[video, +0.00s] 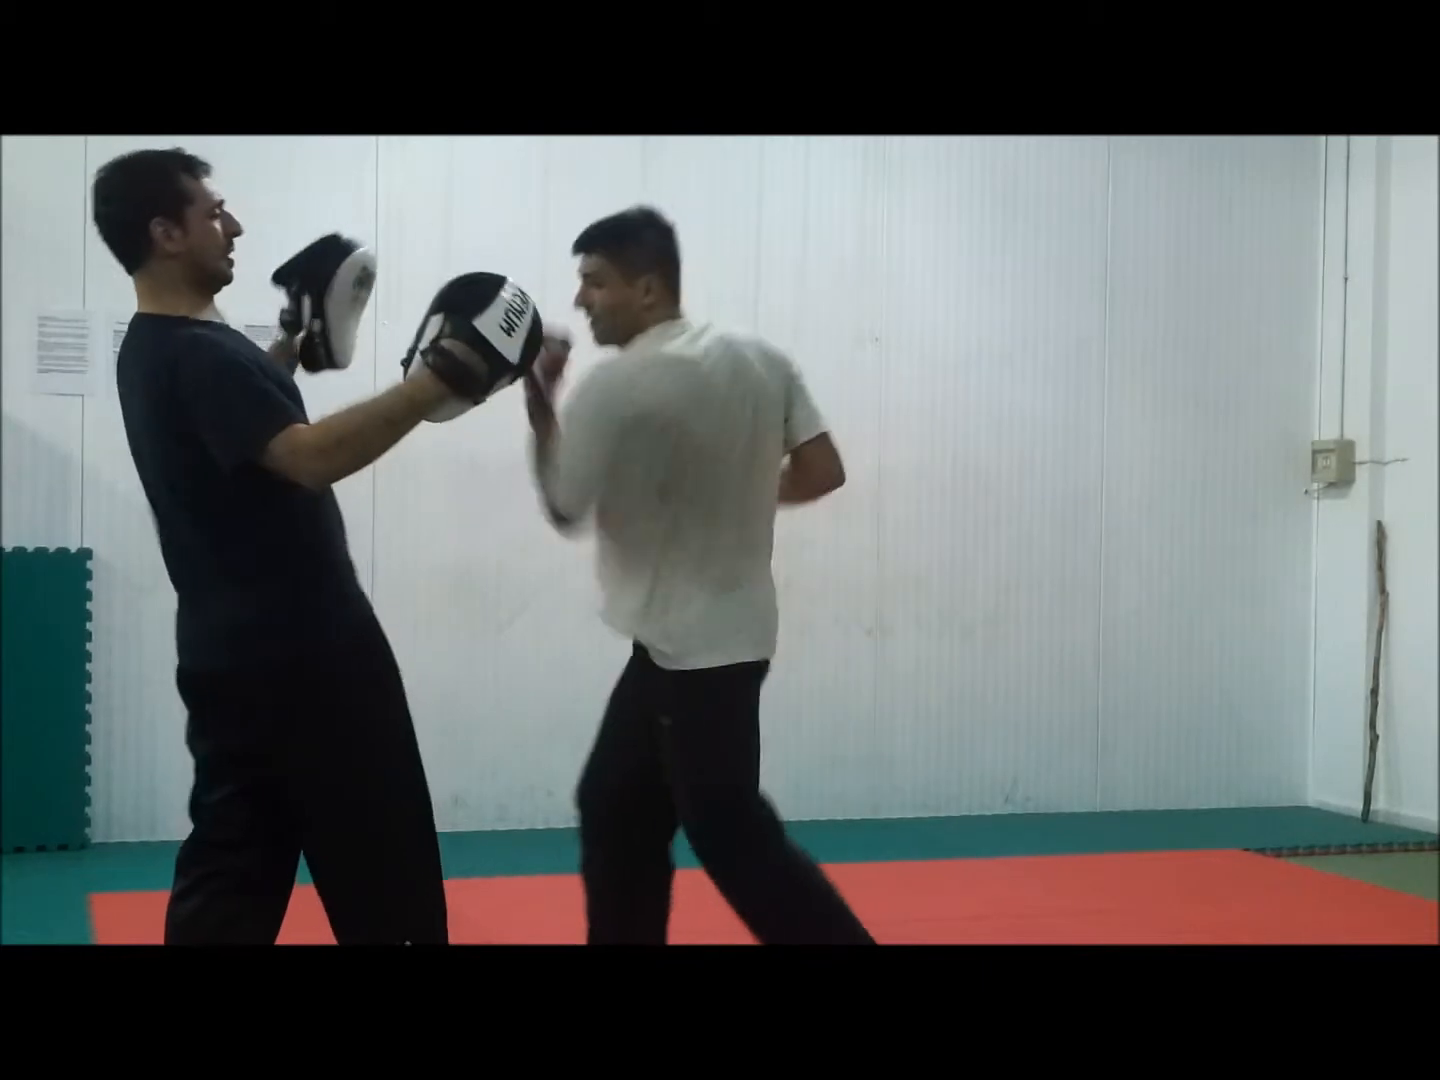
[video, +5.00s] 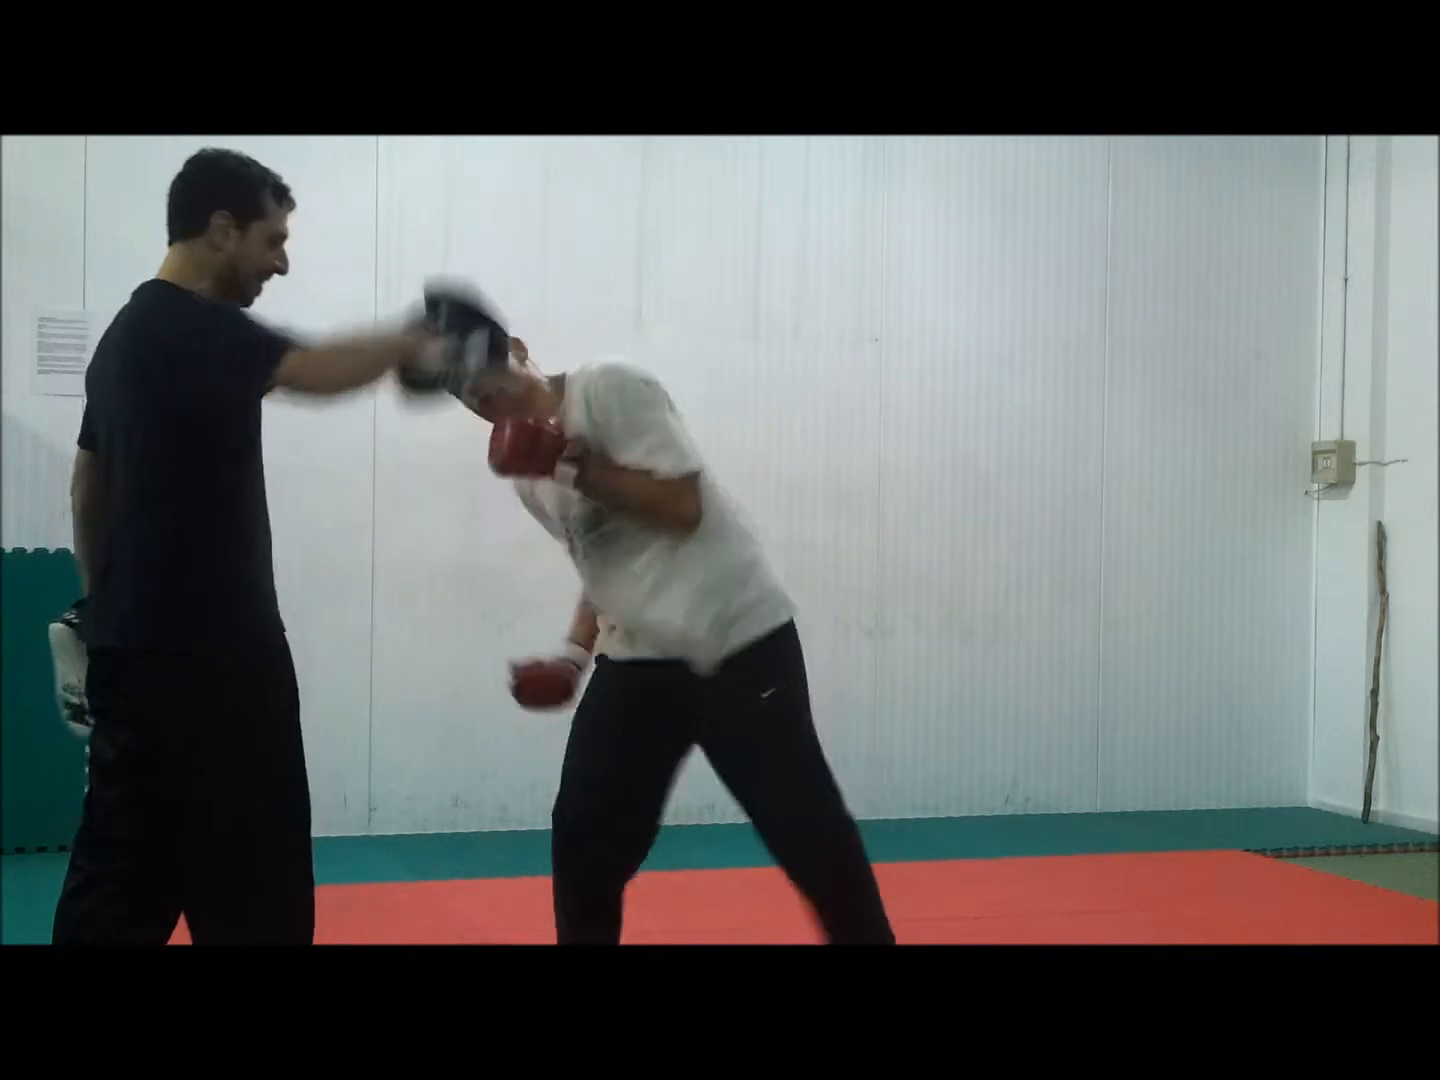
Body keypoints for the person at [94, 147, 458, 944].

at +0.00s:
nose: (233, 221)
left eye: (221, 205)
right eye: (212, 209)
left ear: (161, 240)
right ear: (165, 233)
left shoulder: (148, 348)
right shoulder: (200, 350)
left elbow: (220, 439)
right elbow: (308, 458)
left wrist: (285, 355)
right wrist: (425, 390)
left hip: (229, 650)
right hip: (310, 649)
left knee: (230, 875)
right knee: (389, 878)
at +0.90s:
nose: (325, 226)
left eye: (320, 206)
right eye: (312, 206)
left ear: (247, 216)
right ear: (260, 212)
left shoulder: (179, 332)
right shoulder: (250, 338)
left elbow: (218, 482)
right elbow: (308, 495)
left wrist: (312, 403)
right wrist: (443, 444)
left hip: (201, 651)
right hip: (294, 654)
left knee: (209, 887)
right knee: (379, 889)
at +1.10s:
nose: (306, 272)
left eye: (311, 252)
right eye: (306, 249)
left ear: (216, 233)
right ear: (266, 235)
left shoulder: (110, 337)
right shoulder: (251, 345)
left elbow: (61, 487)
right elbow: (286, 502)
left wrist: (68, 607)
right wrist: (410, 499)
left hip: (122, 654)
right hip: (239, 657)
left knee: (106, 882)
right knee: (267, 888)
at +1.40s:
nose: (304, 273)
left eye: (308, 253)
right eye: (303, 249)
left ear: (213, 232)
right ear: (261, 233)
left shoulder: (107, 338)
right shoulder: (244, 347)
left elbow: (60, 488)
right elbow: (281, 507)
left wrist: (68, 608)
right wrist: (407, 499)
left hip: (121, 660)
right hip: (237, 663)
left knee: (104, 887)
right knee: (267, 895)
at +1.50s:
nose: (301, 274)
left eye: (304, 252)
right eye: (298, 249)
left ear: (223, 235)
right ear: (257, 235)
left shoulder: (107, 337)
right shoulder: (238, 343)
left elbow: (58, 486)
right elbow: (295, 491)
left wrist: (66, 609)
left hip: (119, 649)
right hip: (233, 653)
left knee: (107, 872)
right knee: (266, 881)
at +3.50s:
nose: (284, 253)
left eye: (285, 233)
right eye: (275, 230)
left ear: (208, 225)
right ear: (221, 222)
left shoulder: (113, 334)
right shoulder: (210, 332)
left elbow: (79, 488)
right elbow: (277, 455)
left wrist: (80, 609)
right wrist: (398, 413)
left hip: (122, 651)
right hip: (224, 651)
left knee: (111, 874)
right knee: (265, 878)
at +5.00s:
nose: (282, 261)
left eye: (284, 241)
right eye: (274, 238)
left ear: (213, 231)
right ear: (221, 228)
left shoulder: (126, 335)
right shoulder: (206, 329)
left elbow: (91, 490)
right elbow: (314, 369)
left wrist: (103, 602)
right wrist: (410, 339)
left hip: (134, 646)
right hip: (222, 647)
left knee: (120, 867)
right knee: (259, 874)